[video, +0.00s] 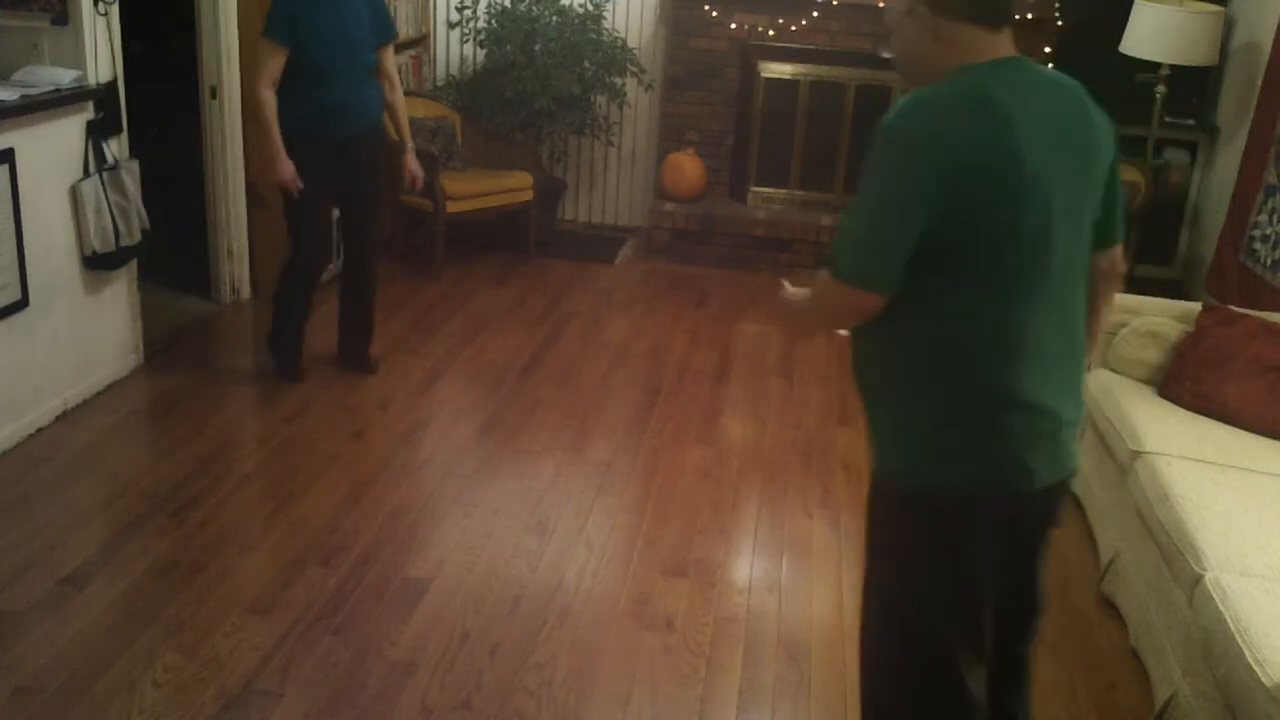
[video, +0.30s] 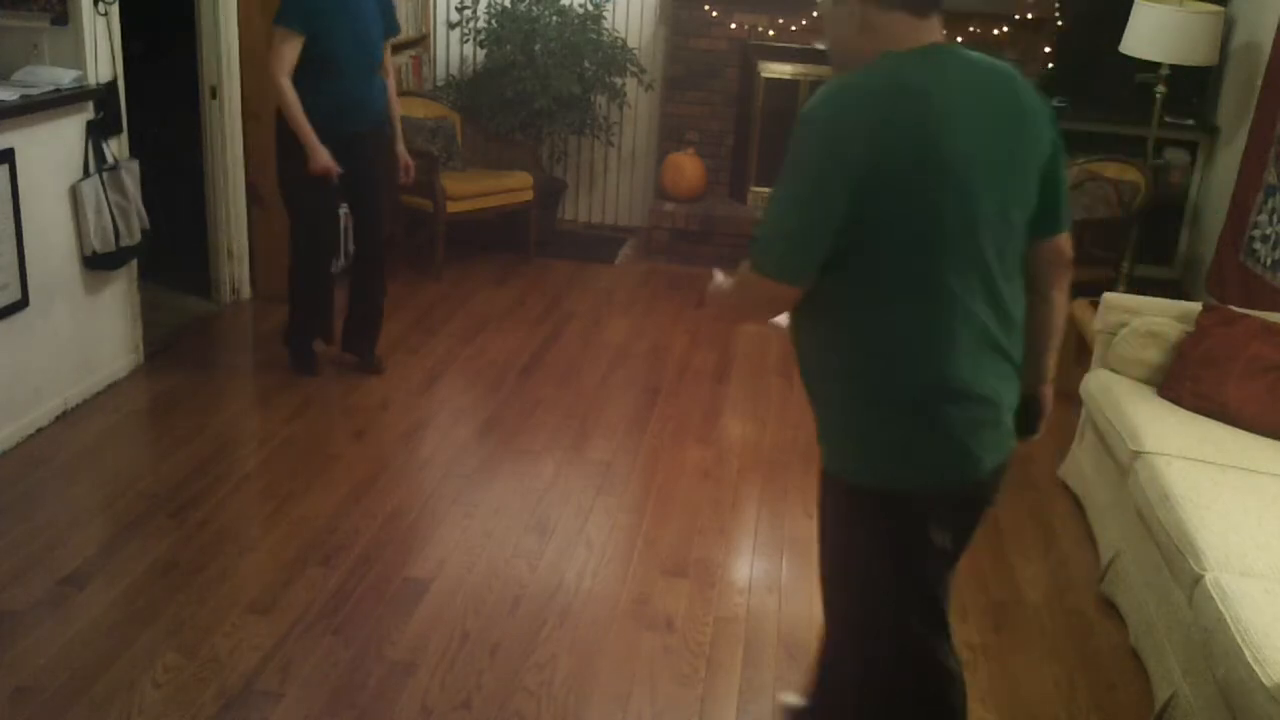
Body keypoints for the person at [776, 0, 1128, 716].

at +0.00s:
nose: (888, 35)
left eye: (893, 17)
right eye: (888, 19)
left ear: (927, 18)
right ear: (1001, 19)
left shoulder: (925, 119)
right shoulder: (1084, 113)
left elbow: (858, 294)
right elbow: (1106, 267)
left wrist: (803, 308)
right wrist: (1075, 369)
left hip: (936, 455)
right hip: (1042, 448)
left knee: (908, 660)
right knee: (1004, 647)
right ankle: (1004, 714)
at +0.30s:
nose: (819, 33)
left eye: (824, 16)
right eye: (820, 18)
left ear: (860, 12)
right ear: (927, 14)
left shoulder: (850, 108)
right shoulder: (1021, 98)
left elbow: (775, 283)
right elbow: (1053, 258)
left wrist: (728, 299)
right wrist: (1038, 379)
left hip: (884, 439)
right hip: (982, 431)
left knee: (896, 647)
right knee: (883, 614)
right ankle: (840, 704)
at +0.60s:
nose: (735, 25)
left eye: (739, 11)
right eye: (734, 13)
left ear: (776, 6)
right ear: (839, 4)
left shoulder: (776, 95)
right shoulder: (923, 80)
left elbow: (734, 269)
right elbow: (955, 228)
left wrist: (678, 377)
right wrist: (940, 341)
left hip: (801, 425)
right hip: (895, 415)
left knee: (771, 579)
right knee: (818, 588)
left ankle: (840, 705)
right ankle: (776, 704)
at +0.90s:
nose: (666, 19)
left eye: (670, 8)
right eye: (665, 10)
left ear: (699, 5)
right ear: (761, 4)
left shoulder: (697, 78)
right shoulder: (830, 70)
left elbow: (660, 238)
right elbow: (847, 213)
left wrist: (599, 362)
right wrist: (795, 300)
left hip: (699, 380)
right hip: (799, 373)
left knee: (641, 542)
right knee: (776, 559)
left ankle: (580, 670)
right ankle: (776, 706)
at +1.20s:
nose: (567, 1)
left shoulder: (563, 55)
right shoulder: (725, 59)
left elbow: (510, 195)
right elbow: (752, 194)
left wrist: (468, 289)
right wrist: (742, 289)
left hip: (576, 330)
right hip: (675, 325)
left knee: (551, 496)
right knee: (645, 465)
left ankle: (560, 652)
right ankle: (684, 620)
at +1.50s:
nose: (495, 6)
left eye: (497, 2)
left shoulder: (488, 47)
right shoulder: (650, 54)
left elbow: (427, 165)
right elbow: (685, 182)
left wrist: (416, 220)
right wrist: (688, 286)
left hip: (506, 304)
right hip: (597, 305)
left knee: (523, 466)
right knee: (542, 447)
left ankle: (558, 640)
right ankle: (511, 543)